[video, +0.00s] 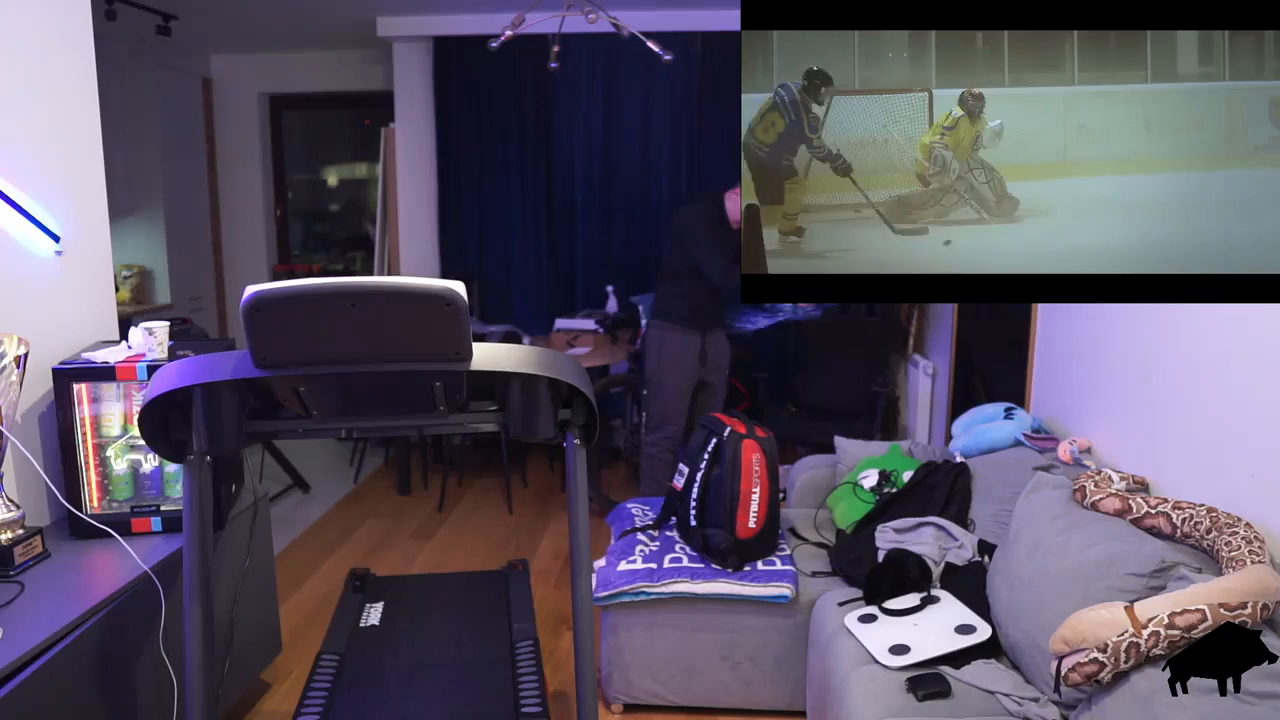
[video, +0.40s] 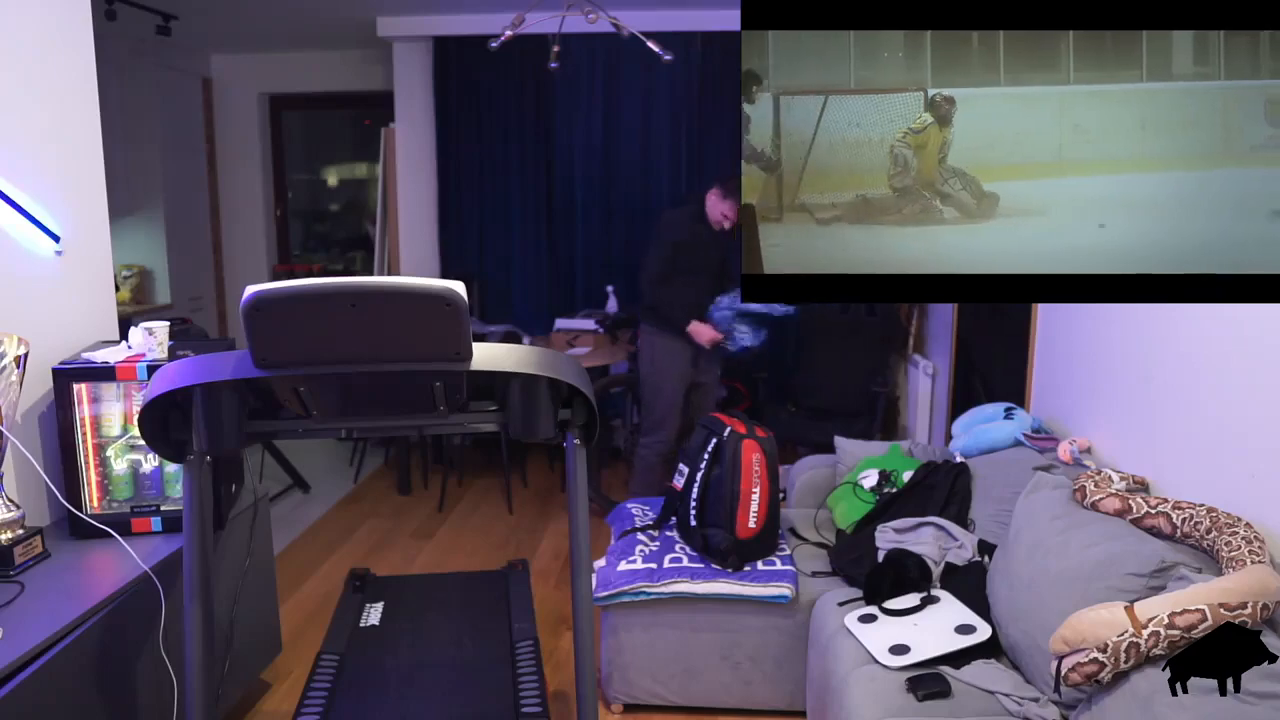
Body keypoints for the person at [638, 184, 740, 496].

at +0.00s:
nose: (746, 219)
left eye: (751, 213)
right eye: (746, 210)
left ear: (750, 210)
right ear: (733, 197)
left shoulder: (737, 232)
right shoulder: (695, 219)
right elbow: (726, 278)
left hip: (713, 334)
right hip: (673, 333)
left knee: (707, 428)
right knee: (666, 427)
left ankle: (698, 509)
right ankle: (655, 508)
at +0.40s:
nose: (728, 223)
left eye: (734, 217)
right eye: (725, 214)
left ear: (739, 212)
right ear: (710, 196)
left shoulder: (726, 238)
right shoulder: (676, 225)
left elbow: (727, 291)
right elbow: (653, 287)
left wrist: (727, 326)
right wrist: (689, 324)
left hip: (705, 339)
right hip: (666, 337)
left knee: (702, 426)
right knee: (661, 427)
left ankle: (694, 507)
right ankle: (644, 508)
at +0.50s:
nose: (708, 220)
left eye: (717, 215)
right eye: (705, 211)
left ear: (732, 210)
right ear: (696, 191)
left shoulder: (728, 234)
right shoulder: (667, 225)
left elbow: (727, 277)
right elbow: (641, 286)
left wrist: (715, 299)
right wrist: (660, 335)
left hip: (702, 341)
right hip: (656, 341)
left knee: (700, 426)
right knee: (658, 428)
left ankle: (690, 504)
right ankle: (644, 506)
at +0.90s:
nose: (656, 212)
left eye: (664, 206)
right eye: (650, 205)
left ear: (680, 194)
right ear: (641, 193)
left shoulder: (696, 229)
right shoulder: (625, 227)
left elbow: (712, 277)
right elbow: (591, 272)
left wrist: (703, 305)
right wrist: (544, 298)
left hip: (680, 334)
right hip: (634, 332)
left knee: (698, 409)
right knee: (635, 414)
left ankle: (697, 487)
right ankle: (635, 493)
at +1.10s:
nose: (641, 207)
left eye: (648, 200)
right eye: (634, 200)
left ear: (664, 187)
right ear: (624, 190)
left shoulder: (684, 226)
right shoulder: (611, 226)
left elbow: (702, 280)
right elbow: (591, 273)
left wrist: (683, 298)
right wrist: (563, 298)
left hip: (670, 343)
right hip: (619, 345)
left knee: (684, 433)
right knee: (628, 439)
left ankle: (693, 513)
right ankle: (634, 514)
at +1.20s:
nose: (635, 203)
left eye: (642, 195)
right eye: (628, 196)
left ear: (658, 184)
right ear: (618, 188)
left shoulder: (680, 224)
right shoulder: (607, 225)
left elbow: (701, 275)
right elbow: (595, 266)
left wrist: (678, 291)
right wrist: (580, 284)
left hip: (665, 343)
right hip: (615, 344)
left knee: (670, 436)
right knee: (624, 439)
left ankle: (677, 512)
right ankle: (631, 515)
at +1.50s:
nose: (623, 192)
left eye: (631, 182)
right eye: (615, 184)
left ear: (646, 175)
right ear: (607, 180)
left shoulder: (671, 217)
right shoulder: (603, 222)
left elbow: (702, 270)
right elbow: (583, 284)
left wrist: (675, 263)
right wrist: (593, 235)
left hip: (659, 342)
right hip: (610, 344)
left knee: (658, 439)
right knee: (618, 445)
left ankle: (676, 517)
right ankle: (633, 523)